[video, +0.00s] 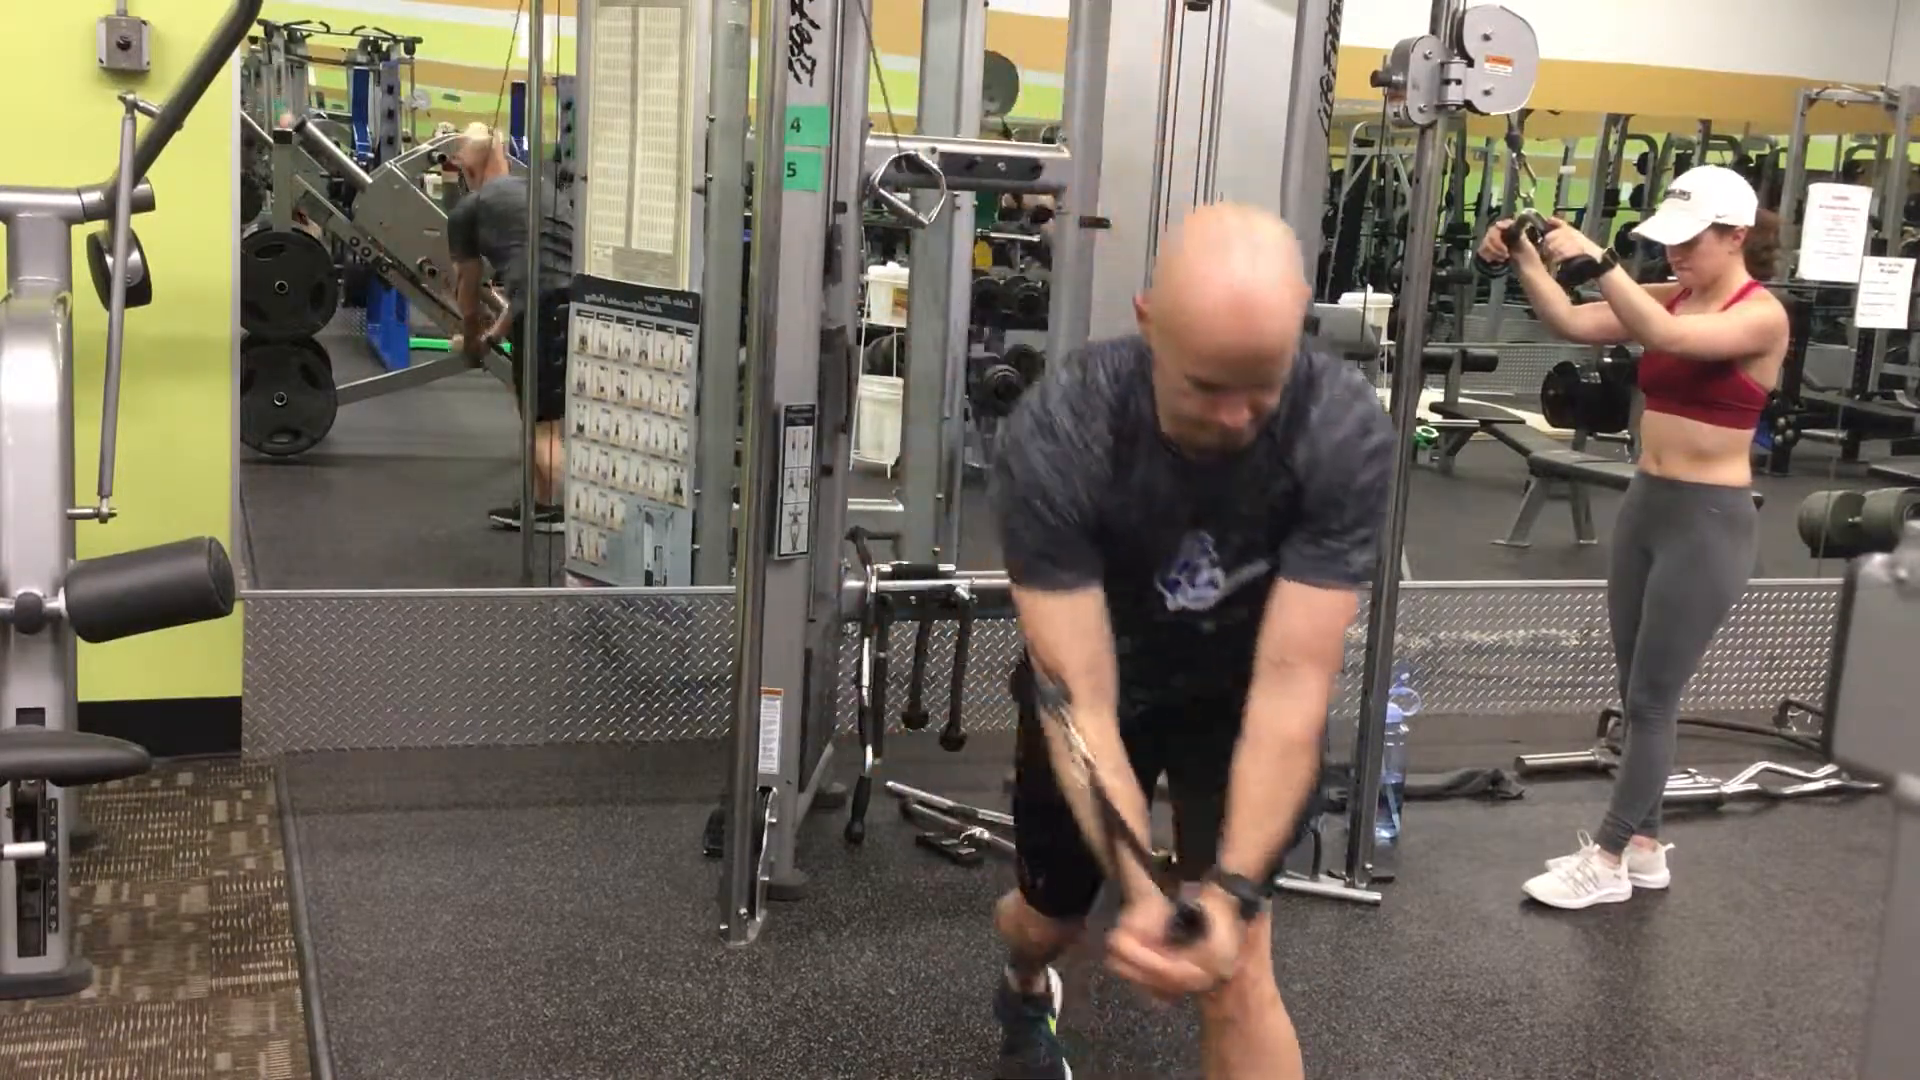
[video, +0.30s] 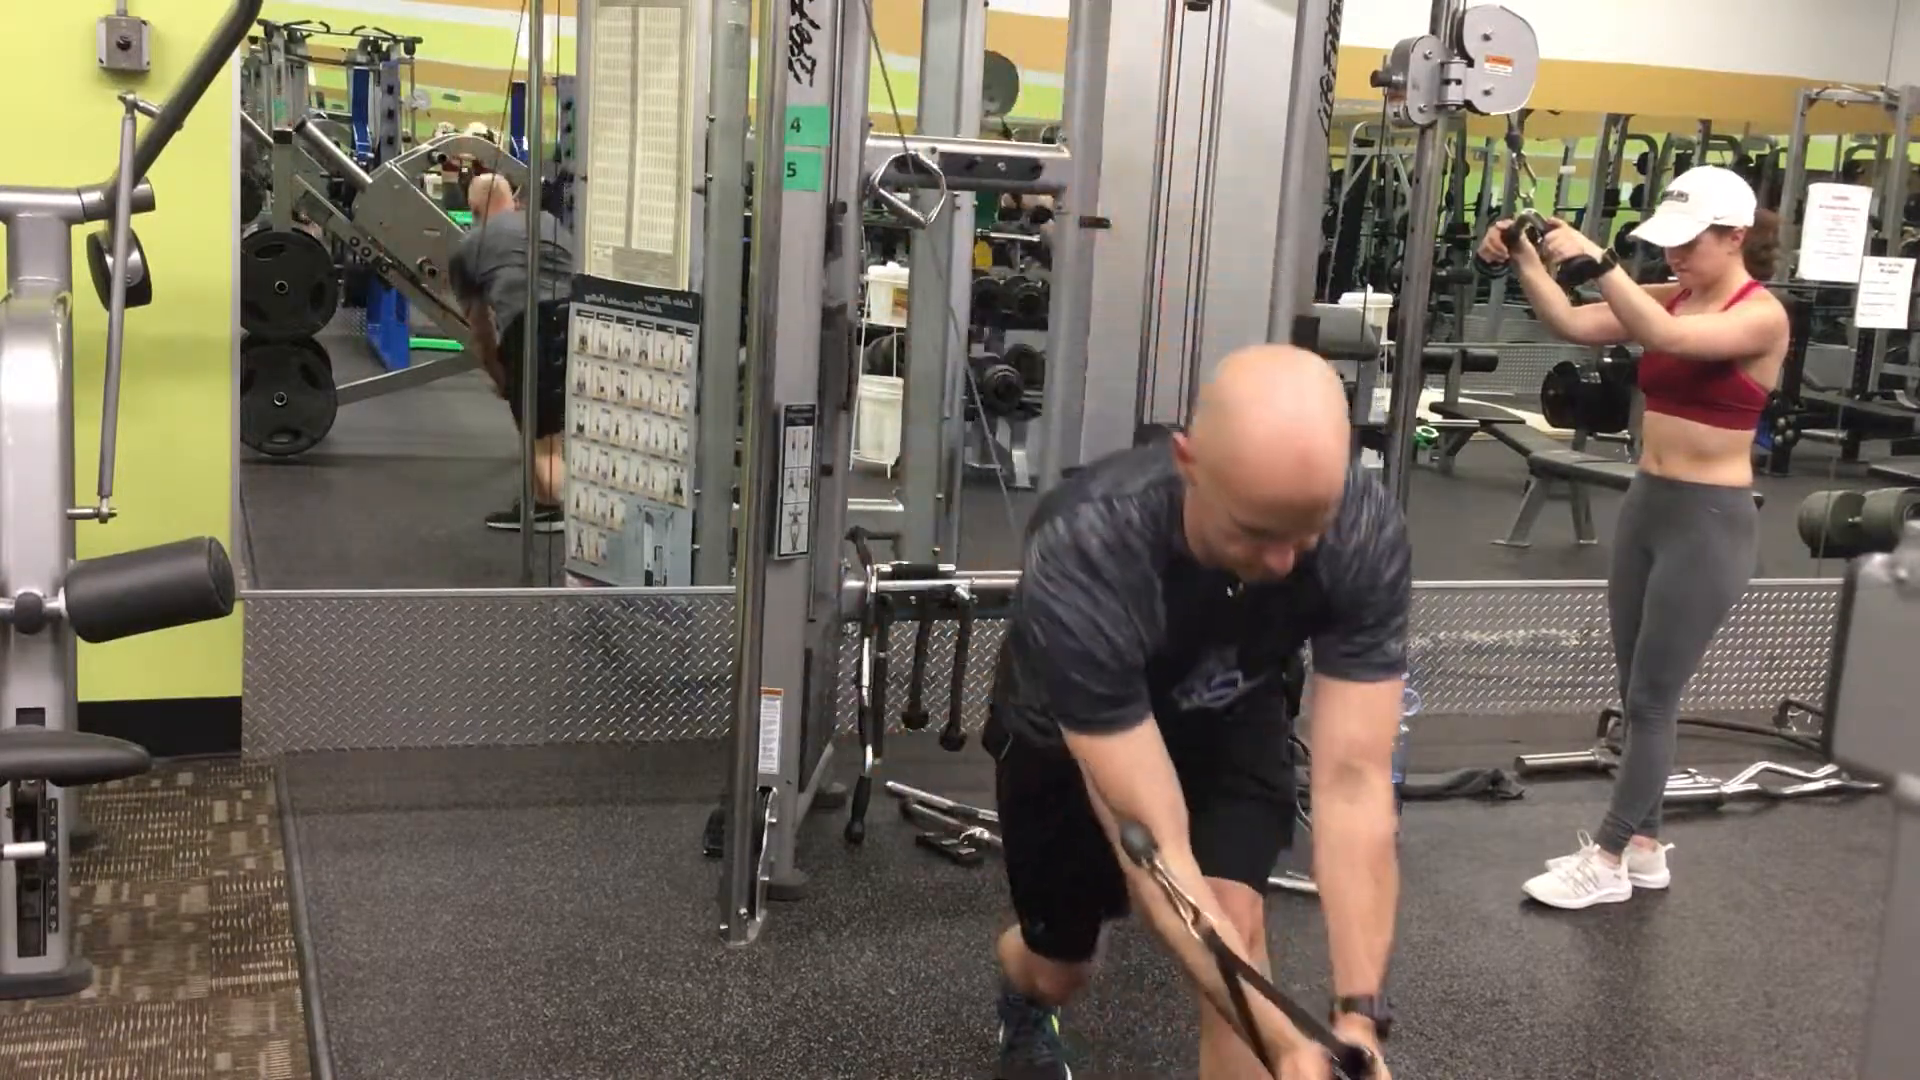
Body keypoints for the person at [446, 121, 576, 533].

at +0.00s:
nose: (459, 174)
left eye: (459, 167)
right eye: (457, 167)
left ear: (467, 166)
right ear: (502, 157)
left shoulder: (470, 208)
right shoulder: (542, 189)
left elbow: (468, 285)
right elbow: (534, 275)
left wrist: (471, 340)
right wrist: (498, 329)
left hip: (539, 307)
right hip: (581, 298)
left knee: (541, 421)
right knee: (556, 415)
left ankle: (562, 506)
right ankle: (540, 501)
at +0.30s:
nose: (474, 216)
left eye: (472, 210)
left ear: (475, 210)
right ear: (513, 199)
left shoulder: (471, 248)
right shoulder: (551, 224)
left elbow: (480, 323)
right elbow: (571, 275)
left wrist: (495, 371)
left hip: (527, 328)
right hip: (577, 319)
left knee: (540, 434)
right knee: (556, 425)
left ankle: (566, 507)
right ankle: (543, 502)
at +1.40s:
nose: (452, 190)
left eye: (453, 182)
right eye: (451, 182)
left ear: (464, 179)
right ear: (494, 173)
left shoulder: (465, 222)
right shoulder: (530, 201)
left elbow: (460, 307)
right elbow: (517, 290)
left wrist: (450, 355)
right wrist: (476, 342)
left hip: (550, 310)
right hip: (588, 297)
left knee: (545, 421)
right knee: (532, 400)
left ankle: (547, 506)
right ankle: (542, 501)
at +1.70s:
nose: (449, 166)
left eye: (450, 156)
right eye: (448, 157)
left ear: (463, 153)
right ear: (495, 150)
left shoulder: (474, 196)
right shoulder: (529, 183)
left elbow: (452, 295)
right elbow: (505, 270)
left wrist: (421, 328)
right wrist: (464, 309)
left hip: (557, 309)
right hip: (588, 301)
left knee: (544, 411)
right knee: (523, 385)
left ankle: (546, 506)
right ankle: (544, 501)